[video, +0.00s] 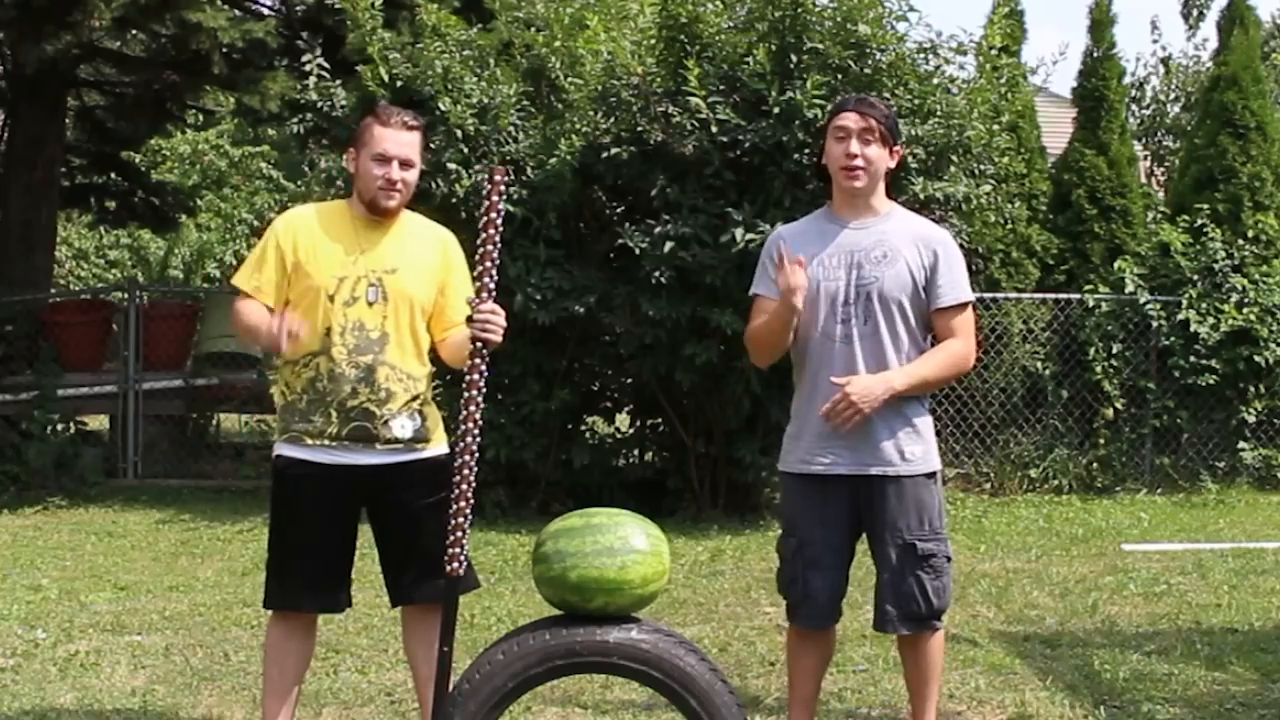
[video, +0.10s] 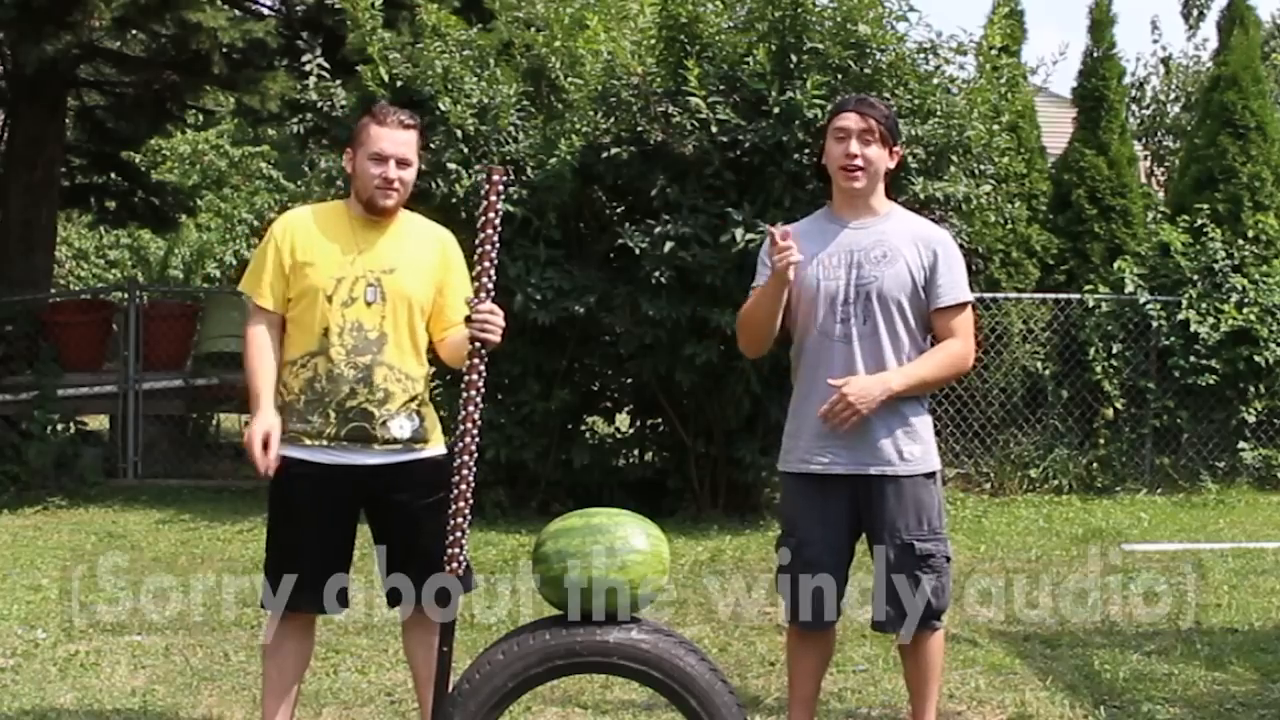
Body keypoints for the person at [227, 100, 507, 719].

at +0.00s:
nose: (395, 174)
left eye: (407, 164)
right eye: (382, 159)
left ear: (421, 172)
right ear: (351, 160)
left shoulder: (438, 244)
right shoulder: (296, 229)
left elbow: (450, 346)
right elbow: (246, 309)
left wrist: (479, 336)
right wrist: (272, 330)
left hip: (412, 454)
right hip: (312, 452)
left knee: (428, 596)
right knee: (295, 602)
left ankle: (437, 714)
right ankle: (275, 716)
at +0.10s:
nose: (392, 173)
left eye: (405, 163)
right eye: (379, 159)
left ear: (418, 171)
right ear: (349, 160)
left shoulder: (437, 244)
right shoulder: (295, 231)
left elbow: (449, 346)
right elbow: (263, 321)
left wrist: (478, 336)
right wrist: (263, 405)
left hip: (411, 454)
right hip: (311, 454)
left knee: (430, 599)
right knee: (294, 603)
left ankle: (438, 716)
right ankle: (275, 717)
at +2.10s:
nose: (407, 171)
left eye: (412, 159)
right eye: (392, 160)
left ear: (415, 163)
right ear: (347, 163)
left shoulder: (432, 239)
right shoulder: (286, 234)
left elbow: (444, 337)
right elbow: (256, 332)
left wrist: (469, 334)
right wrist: (241, 428)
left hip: (412, 461)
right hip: (310, 459)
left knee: (427, 605)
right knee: (294, 604)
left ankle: (440, 716)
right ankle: (275, 716)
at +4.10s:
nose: (369, 166)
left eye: (381, 156)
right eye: (356, 154)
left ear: (396, 166)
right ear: (328, 160)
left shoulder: (423, 240)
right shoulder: (281, 237)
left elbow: (443, 335)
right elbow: (253, 335)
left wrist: (455, 335)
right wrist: (253, 433)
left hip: (404, 458)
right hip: (306, 455)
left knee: (425, 603)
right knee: (292, 601)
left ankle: (438, 714)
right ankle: (277, 716)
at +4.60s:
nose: (368, 159)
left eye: (378, 150)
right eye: (354, 147)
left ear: (389, 162)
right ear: (320, 156)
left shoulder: (415, 237)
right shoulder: (273, 234)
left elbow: (443, 347)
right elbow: (236, 330)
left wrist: (428, 304)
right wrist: (294, 365)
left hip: (398, 456)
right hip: (300, 455)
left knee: (428, 602)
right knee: (285, 603)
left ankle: (432, 718)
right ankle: (275, 716)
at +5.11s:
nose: (368, 165)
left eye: (377, 154)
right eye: (353, 153)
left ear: (387, 163)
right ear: (319, 161)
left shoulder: (413, 239)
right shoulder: (278, 233)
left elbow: (440, 321)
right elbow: (267, 322)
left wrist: (458, 360)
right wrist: (351, 303)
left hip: (406, 451)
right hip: (307, 452)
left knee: (429, 599)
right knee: (291, 600)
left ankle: (436, 715)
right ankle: (275, 715)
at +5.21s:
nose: (373, 172)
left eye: (382, 160)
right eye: (359, 159)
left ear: (391, 166)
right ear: (325, 162)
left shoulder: (413, 242)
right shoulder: (281, 230)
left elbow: (440, 331)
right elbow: (270, 299)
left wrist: (464, 396)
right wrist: (357, 258)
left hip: (404, 452)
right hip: (306, 453)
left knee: (428, 599)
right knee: (291, 601)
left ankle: (438, 716)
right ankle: (275, 716)